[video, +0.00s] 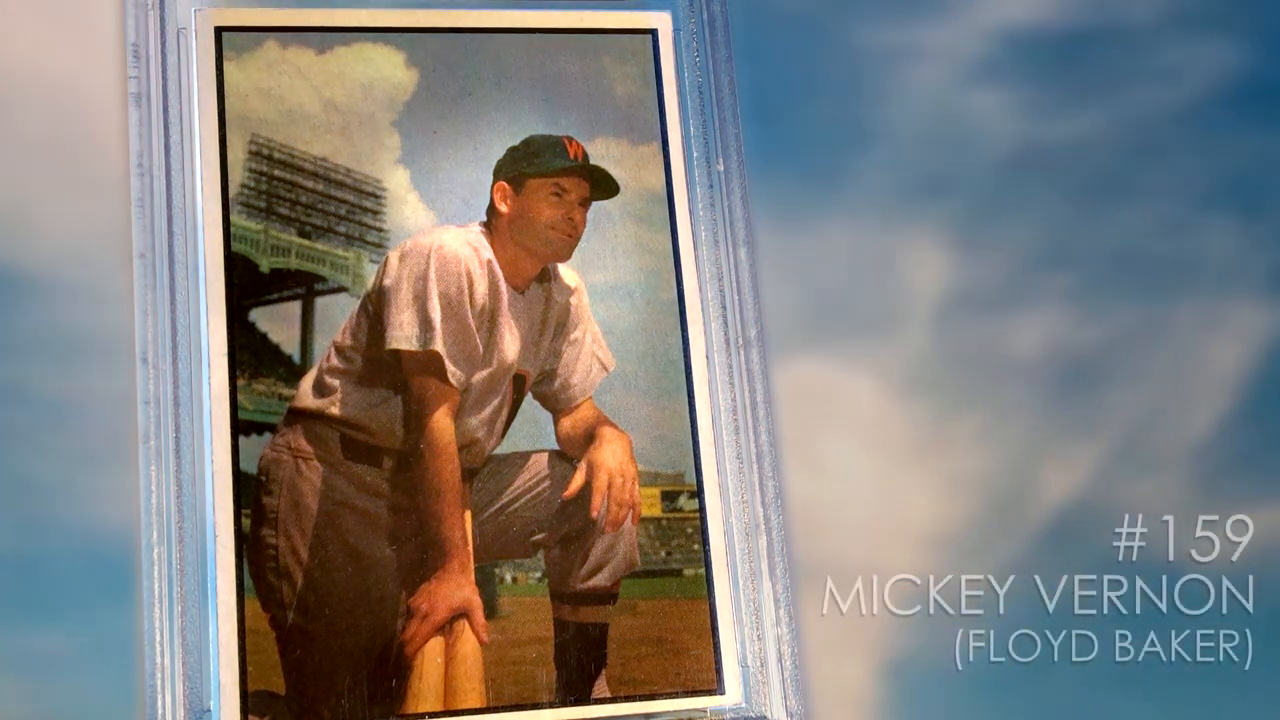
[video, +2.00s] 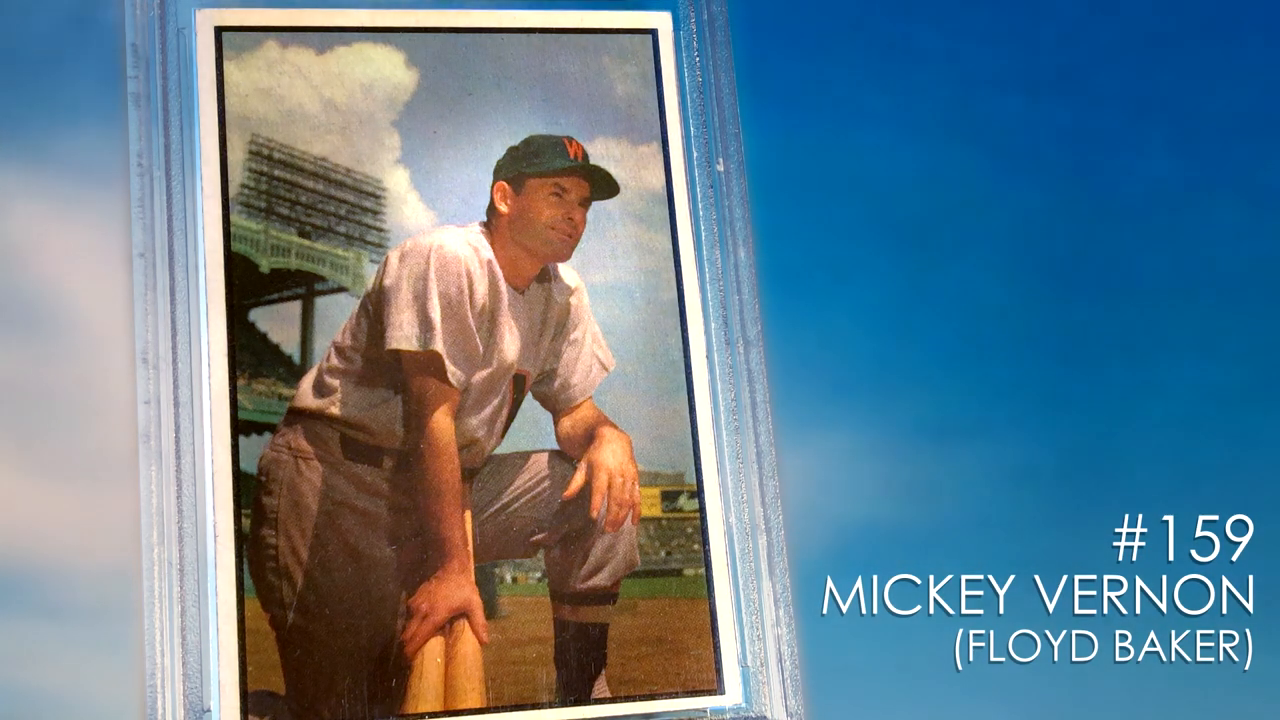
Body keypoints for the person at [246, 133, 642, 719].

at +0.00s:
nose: (576, 216)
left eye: (584, 204)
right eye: (557, 194)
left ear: (586, 218)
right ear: (504, 198)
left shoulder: (560, 294)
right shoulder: (441, 256)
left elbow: (574, 415)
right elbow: (433, 419)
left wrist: (609, 434)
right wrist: (454, 566)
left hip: (440, 486)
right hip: (334, 479)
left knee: (595, 487)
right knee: (347, 701)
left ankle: (580, 695)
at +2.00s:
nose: (577, 216)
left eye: (584, 204)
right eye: (558, 194)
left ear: (586, 218)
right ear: (505, 197)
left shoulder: (559, 295)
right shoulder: (443, 257)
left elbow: (574, 415)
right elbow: (432, 420)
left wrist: (609, 435)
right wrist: (454, 566)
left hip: (439, 486)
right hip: (335, 478)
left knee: (594, 487)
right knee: (347, 701)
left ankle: (581, 695)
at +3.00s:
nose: (577, 215)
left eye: (584, 203)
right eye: (559, 193)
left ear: (586, 217)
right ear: (505, 197)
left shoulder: (559, 295)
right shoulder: (442, 257)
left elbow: (575, 416)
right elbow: (431, 421)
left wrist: (609, 435)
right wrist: (454, 566)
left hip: (440, 487)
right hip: (335, 480)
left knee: (595, 488)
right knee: (347, 704)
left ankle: (580, 696)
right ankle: (236, 706)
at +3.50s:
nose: (576, 216)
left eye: (584, 204)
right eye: (557, 194)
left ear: (586, 217)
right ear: (504, 197)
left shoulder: (560, 296)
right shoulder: (441, 256)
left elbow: (575, 415)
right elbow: (431, 419)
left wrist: (609, 435)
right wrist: (454, 565)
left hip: (440, 486)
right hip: (335, 478)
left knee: (595, 488)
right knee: (352, 700)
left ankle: (580, 694)